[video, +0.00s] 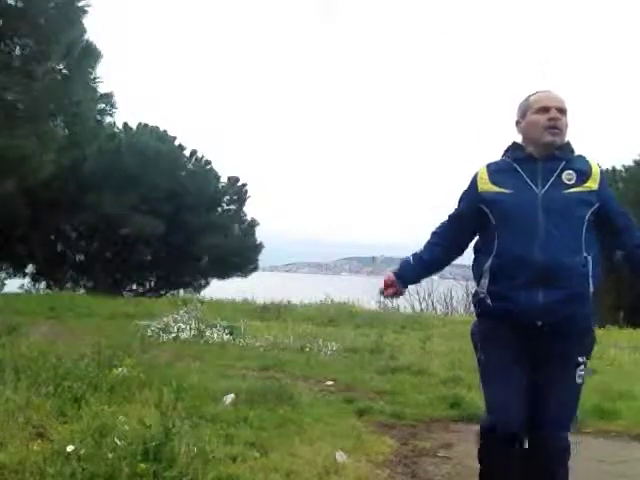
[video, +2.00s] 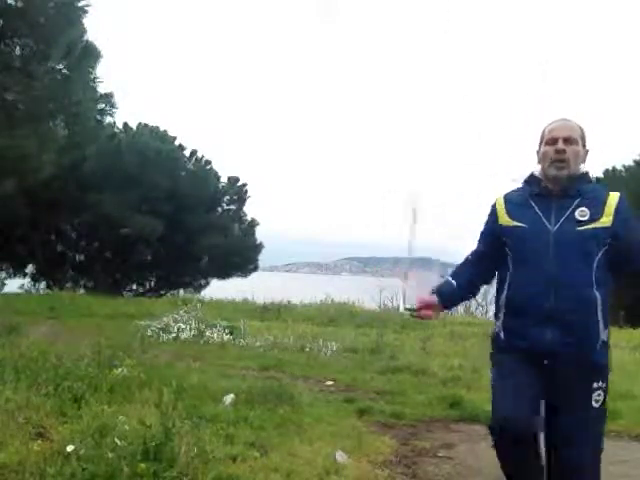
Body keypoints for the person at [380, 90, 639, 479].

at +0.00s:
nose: (555, 116)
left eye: (561, 111)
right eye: (543, 110)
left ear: (568, 124)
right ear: (520, 123)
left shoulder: (590, 177)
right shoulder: (490, 178)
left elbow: (627, 240)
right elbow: (450, 239)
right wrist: (404, 274)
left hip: (568, 327)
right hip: (501, 324)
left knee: (552, 437)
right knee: (504, 428)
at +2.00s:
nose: (559, 148)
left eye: (569, 142)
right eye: (551, 142)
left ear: (584, 154)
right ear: (539, 153)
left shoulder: (611, 206)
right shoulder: (508, 206)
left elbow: (630, 268)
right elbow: (481, 263)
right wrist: (441, 297)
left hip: (581, 353)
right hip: (516, 349)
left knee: (577, 456)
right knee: (510, 429)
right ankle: (527, 476)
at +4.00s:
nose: (553, 129)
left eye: (563, 122)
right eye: (544, 122)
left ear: (577, 133)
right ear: (530, 132)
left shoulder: (602, 186)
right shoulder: (496, 182)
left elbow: (632, 242)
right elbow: (456, 233)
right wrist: (407, 265)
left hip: (574, 333)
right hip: (508, 331)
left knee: (560, 438)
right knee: (513, 439)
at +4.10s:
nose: (552, 152)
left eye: (562, 146)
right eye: (543, 146)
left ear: (577, 158)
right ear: (529, 156)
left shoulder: (605, 211)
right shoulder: (495, 209)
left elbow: (636, 248)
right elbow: (448, 257)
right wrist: (391, 280)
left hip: (574, 355)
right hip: (506, 351)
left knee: (559, 454)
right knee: (495, 429)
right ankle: (524, 473)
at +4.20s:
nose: (550, 145)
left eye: (560, 138)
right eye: (542, 137)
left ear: (575, 148)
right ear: (528, 147)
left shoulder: (598, 204)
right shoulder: (497, 205)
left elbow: (629, 253)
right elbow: (472, 266)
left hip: (572, 347)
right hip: (505, 343)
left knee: (562, 453)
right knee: (487, 413)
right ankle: (505, 474)